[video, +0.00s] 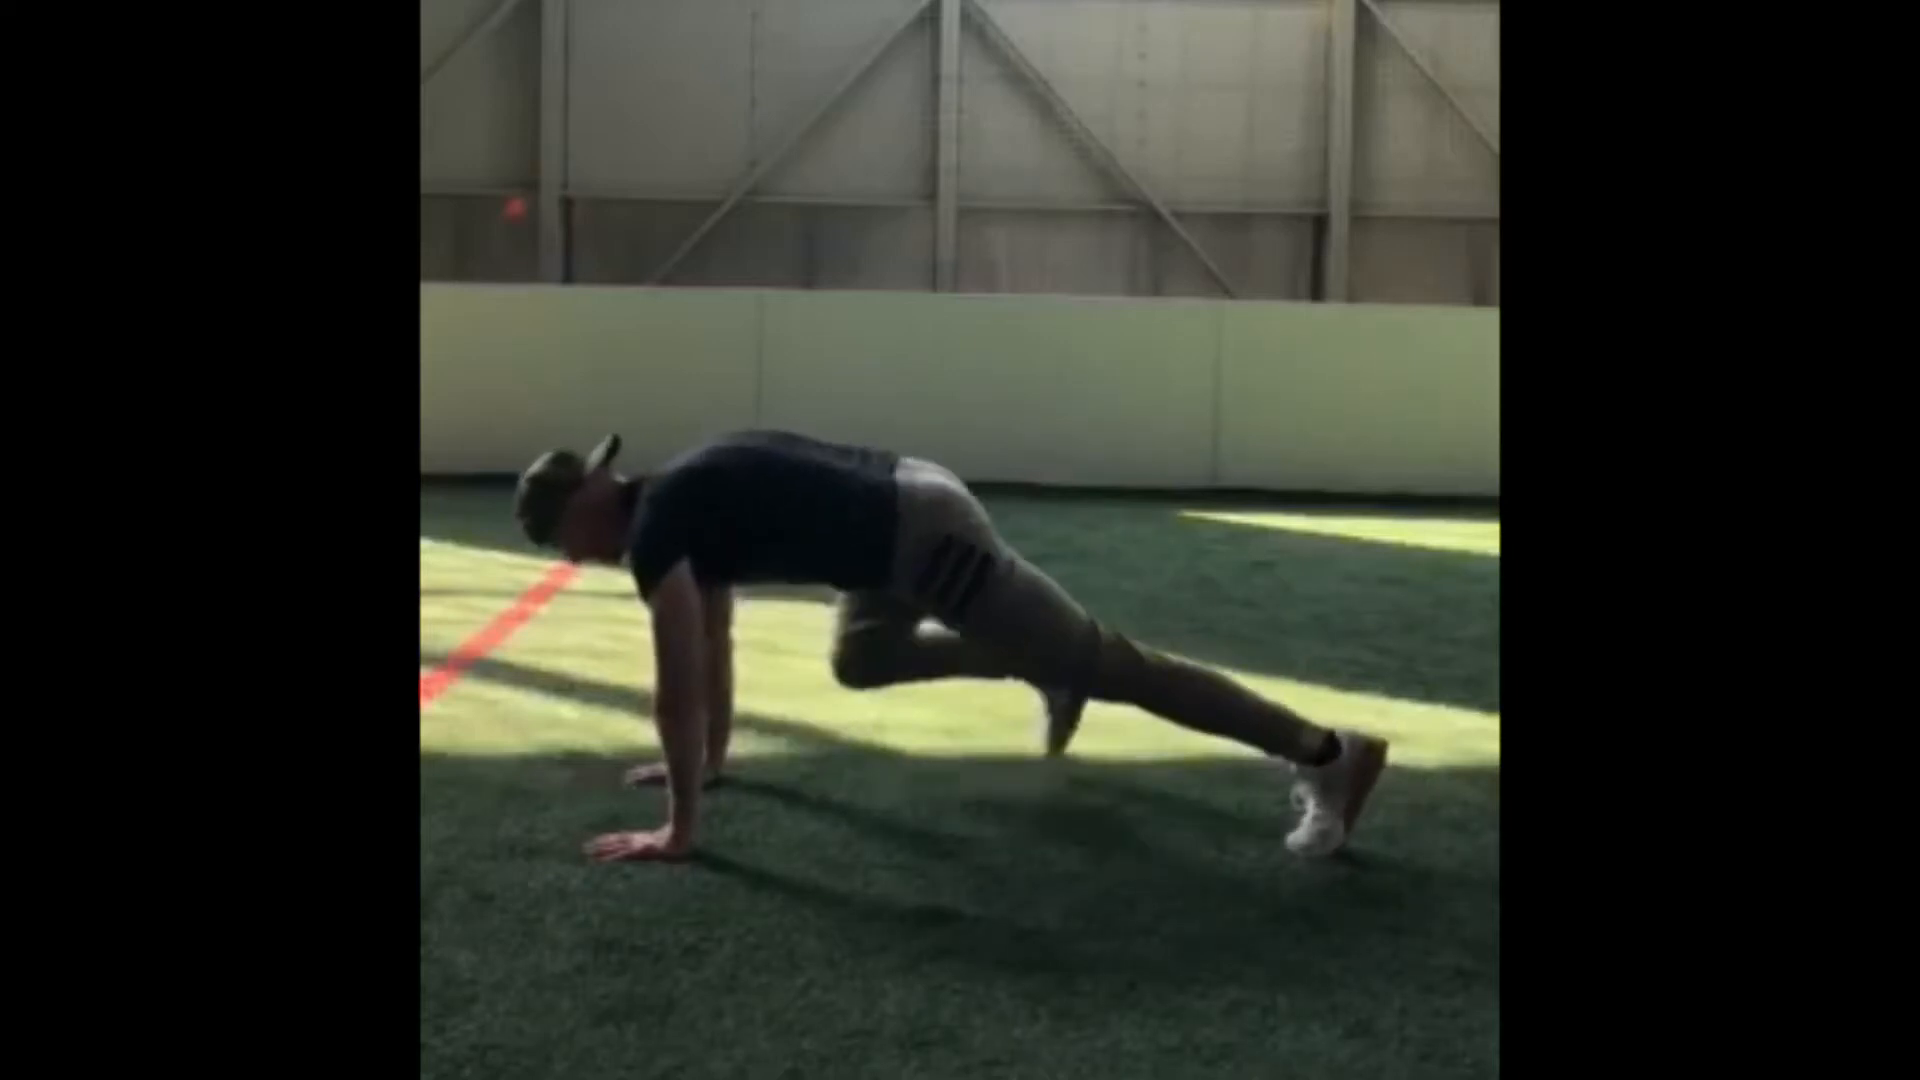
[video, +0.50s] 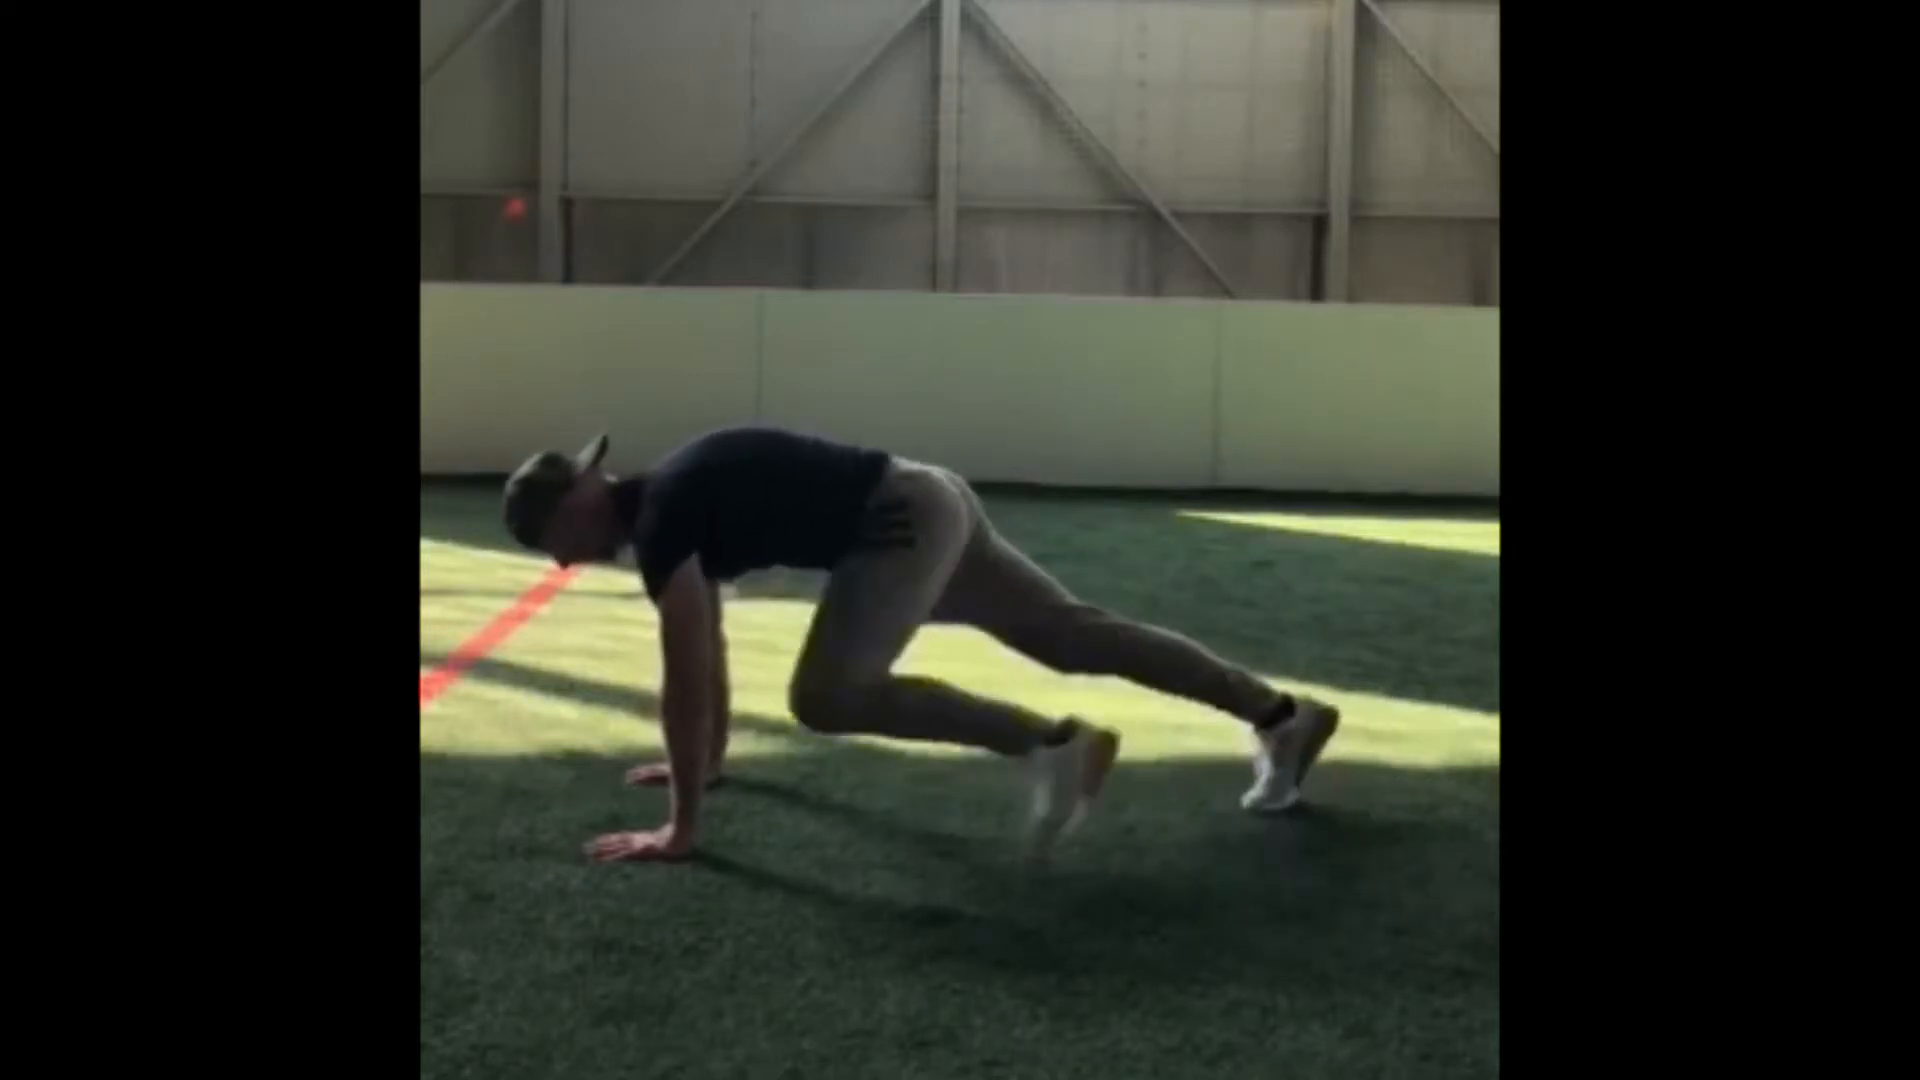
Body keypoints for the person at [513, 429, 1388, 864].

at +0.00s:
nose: (583, 563)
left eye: (575, 549)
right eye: (572, 551)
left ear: (591, 509)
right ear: (605, 488)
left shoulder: (659, 531)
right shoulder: (685, 499)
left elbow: (678, 690)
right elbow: (712, 654)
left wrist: (678, 828)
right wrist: (707, 757)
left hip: (924, 527)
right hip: (900, 509)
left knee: (1110, 666)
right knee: (860, 661)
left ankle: (1330, 754)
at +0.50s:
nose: (570, 560)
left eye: (563, 545)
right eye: (558, 551)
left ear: (583, 502)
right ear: (591, 494)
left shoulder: (664, 523)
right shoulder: (670, 501)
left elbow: (688, 678)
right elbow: (702, 653)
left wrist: (681, 828)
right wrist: (698, 760)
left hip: (901, 522)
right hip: (927, 499)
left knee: (826, 698)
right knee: (1074, 637)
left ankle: (1056, 747)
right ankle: (1281, 717)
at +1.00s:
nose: (558, 567)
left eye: (550, 552)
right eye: (546, 558)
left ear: (573, 505)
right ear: (581, 496)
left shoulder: (638, 537)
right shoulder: (657, 502)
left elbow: (669, 686)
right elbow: (703, 647)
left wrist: (680, 832)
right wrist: (705, 755)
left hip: (880, 530)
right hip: (920, 503)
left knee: (764, 703)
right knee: (1073, 638)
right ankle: (1280, 721)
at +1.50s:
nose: (572, 569)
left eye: (565, 552)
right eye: (561, 557)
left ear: (587, 508)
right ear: (598, 494)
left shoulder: (654, 529)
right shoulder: (682, 506)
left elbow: (676, 689)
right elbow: (717, 654)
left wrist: (679, 830)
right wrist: (706, 756)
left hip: (924, 506)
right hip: (918, 490)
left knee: (1103, 658)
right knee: (954, 652)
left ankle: (1321, 759)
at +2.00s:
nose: (590, 565)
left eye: (582, 551)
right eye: (580, 553)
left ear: (599, 513)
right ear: (617, 486)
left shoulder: (661, 534)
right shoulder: (704, 491)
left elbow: (684, 695)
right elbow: (720, 663)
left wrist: (678, 829)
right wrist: (695, 768)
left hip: (919, 543)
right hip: (927, 485)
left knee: (1094, 690)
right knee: (780, 547)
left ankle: (1324, 771)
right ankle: (872, 708)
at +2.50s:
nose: (581, 563)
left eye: (572, 548)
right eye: (569, 551)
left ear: (587, 511)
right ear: (605, 486)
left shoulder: (652, 532)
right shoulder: (690, 500)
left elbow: (679, 686)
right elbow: (720, 662)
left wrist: (680, 829)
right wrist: (700, 762)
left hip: (925, 561)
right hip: (937, 518)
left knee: (1074, 731)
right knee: (1099, 665)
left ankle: (1321, 740)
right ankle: (1299, 732)